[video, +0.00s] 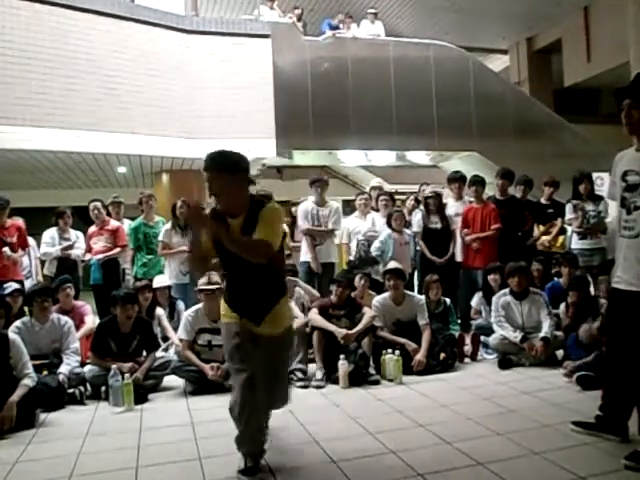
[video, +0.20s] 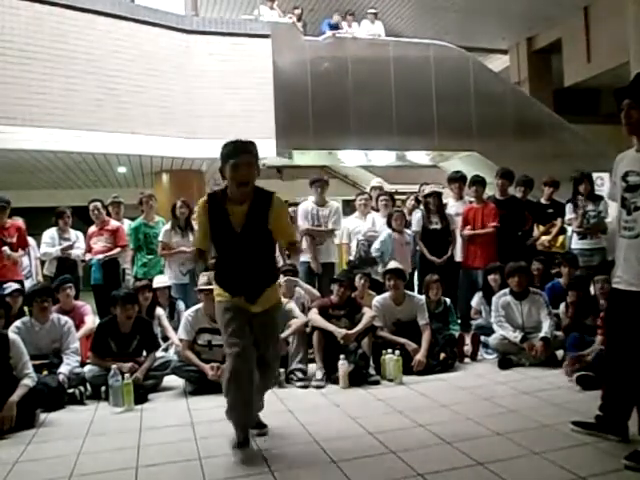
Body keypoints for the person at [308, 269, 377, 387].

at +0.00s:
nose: (339, 291)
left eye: (344, 288)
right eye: (338, 286)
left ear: (349, 291)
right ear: (333, 287)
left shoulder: (353, 303)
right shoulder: (322, 303)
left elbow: (371, 314)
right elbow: (312, 317)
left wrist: (354, 333)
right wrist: (336, 330)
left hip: (351, 351)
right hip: (330, 349)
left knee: (368, 330)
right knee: (318, 332)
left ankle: (368, 368)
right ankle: (320, 370)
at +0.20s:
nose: (341, 291)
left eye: (346, 288)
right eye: (339, 286)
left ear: (350, 292)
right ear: (333, 286)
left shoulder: (353, 303)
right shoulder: (323, 303)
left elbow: (371, 314)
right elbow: (312, 317)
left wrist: (354, 333)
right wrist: (336, 331)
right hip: (330, 348)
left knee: (368, 330)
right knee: (317, 332)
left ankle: (369, 368)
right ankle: (320, 370)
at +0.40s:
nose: (341, 290)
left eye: (346, 288)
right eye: (339, 285)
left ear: (351, 292)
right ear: (334, 286)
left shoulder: (353, 303)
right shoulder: (323, 302)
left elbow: (371, 314)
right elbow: (312, 317)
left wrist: (354, 333)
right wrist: (336, 330)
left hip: (351, 350)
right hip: (330, 347)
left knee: (368, 331)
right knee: (318, 332)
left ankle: (368, 368)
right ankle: (320, 370)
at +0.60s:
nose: (341, 290)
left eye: (346, 288)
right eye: (339, 285)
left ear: (351, 291)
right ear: (334, 286)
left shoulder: (353, 303)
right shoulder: (323, 302)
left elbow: (371, 314)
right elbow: (312, 317)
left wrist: (354, 333)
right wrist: (336, 330)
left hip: (351, 350)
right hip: (330, 348)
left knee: (368, 331)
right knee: (318, 332)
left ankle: (368, 368)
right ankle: (320, 370)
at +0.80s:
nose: (343, 290)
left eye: (347, 288)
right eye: (341, 285)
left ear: (351, 292)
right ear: (333, 286)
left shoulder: (353, 303)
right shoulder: (323, 302)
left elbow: (370, 314)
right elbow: (312, 317)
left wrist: (354, 333)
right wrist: (336, 330)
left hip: (351, 352)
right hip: (330, 350)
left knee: (369, 329)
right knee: (318, 331)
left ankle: (368, 368)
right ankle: (320, 370)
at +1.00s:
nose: (343, 290)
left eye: (347, 288)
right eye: (340, 285)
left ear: (351, 291)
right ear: (333, 286)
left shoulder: (353, 303)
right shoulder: (323, 302)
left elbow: (370, 314)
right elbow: (312, 317)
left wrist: (354, 333)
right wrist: (336, 330)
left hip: (351, 352)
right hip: (330, 350)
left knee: (368, 329)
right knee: (318, 332)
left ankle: (368, 368)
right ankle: (320, 370)